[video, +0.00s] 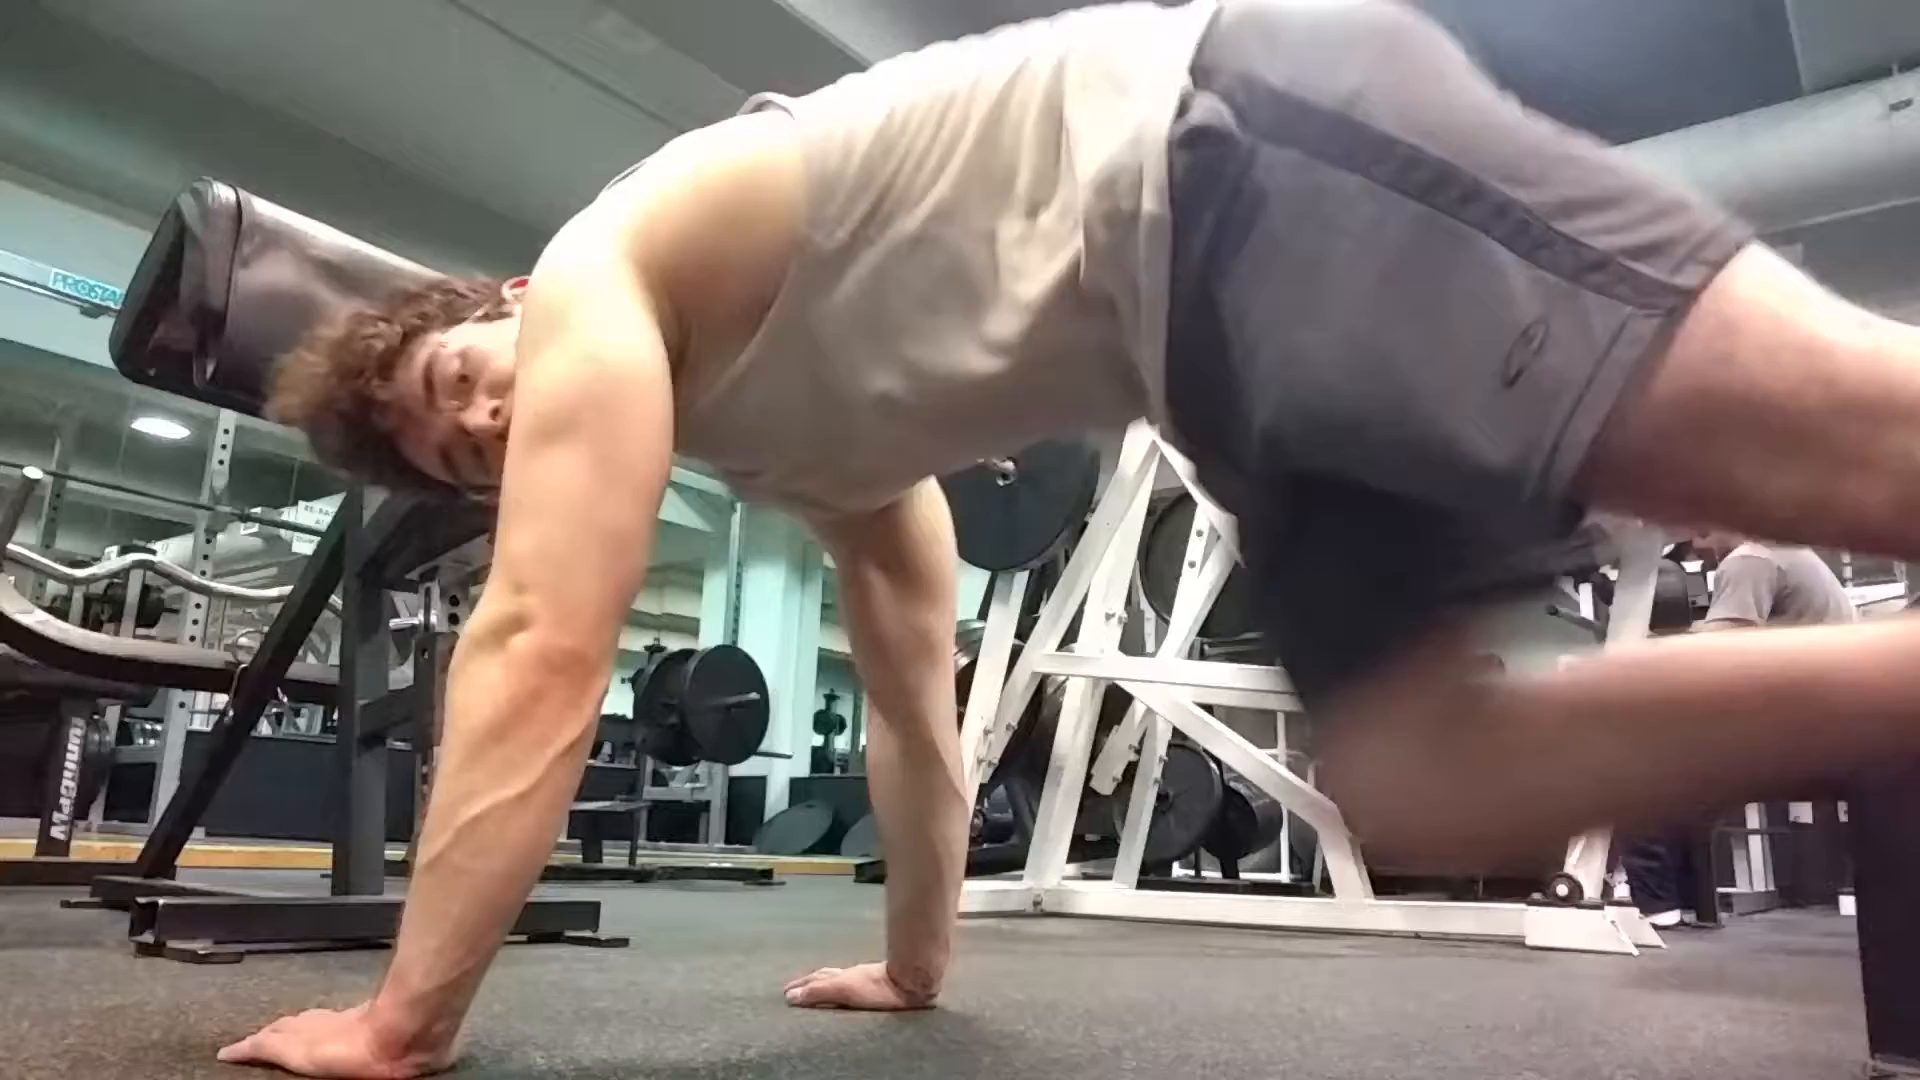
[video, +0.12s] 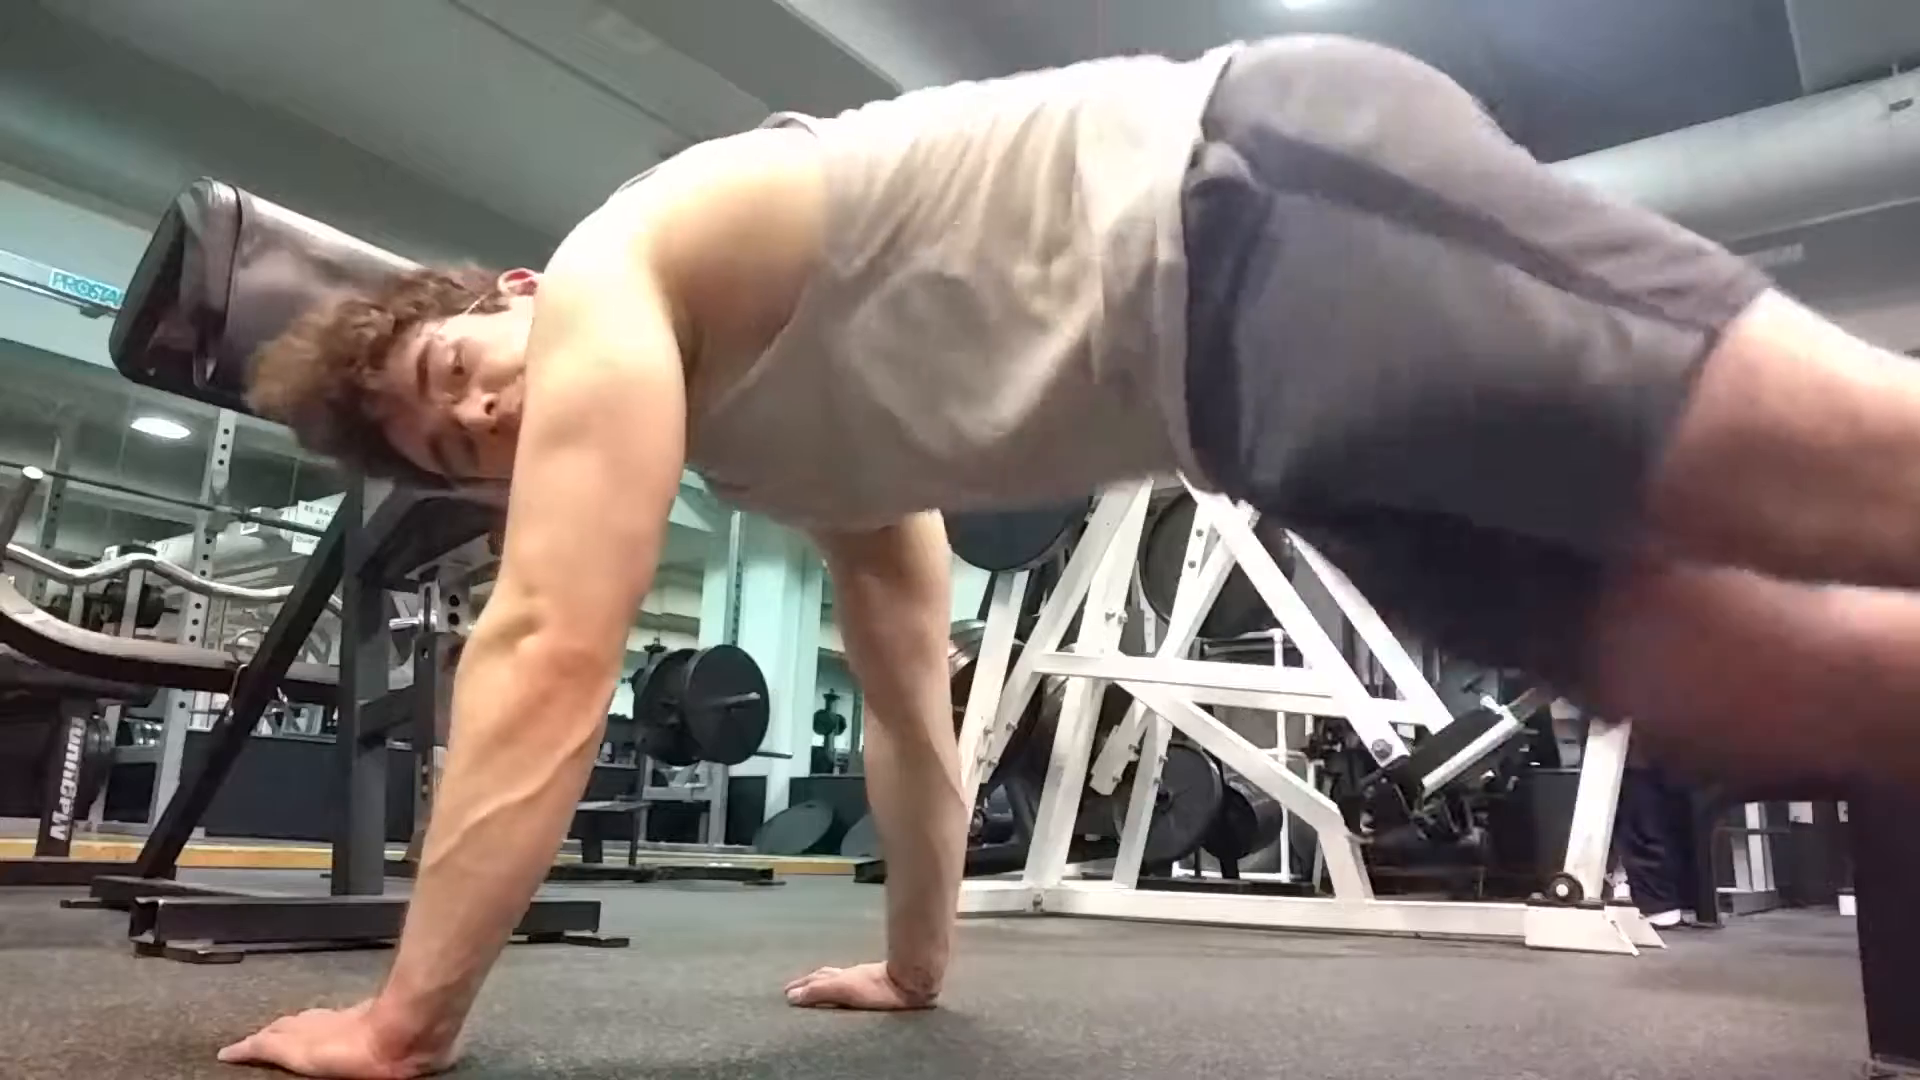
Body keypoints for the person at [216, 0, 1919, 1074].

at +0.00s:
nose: (453, 424)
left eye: (439, 375)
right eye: (421, 442)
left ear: (484, 304)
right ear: (448, 467)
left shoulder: (596, 279)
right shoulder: (810, 427)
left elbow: (539, 655)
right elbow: (908, 673)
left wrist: (407, 1008)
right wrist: (916, 965)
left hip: (1234, 155)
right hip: (1223, 366)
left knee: (1843, 435)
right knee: (1421, 794)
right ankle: (1914, 683)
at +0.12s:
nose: (450, 409)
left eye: (434, 361)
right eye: (417, 434)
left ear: (481, 292)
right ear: (445, 468)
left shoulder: (615, 277)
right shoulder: (800, 416)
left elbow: (541, 662)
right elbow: (901, 654)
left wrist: (406, 1006)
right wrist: (918, 965)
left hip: (1259, 217)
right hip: (1248, 407)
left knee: (1855, 462)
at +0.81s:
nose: (410, 438)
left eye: (387, 385)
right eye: (368, 456)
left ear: (436, 306)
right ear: (383, 474)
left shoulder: (587, 312)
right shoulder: (730, 425)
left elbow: (529, 656)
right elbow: (882, 678)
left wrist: (405, 1013)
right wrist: (920, 957)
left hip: (1157, 354)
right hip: (1174, 498)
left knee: (1798, 551)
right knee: (1783, 650)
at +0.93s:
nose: (396, 461)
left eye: (372, 409)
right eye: (356, 472)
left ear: (424, 315)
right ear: (370, 480)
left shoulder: (572, 318)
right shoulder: (708, 413)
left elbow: (524, 661)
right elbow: (876, 677)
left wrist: (406, 1015)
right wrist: (920, 955)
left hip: (1128, 370)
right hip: (1147, 498)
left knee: (1764, 558)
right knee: (1735, 616)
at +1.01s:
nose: (388, 458)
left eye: (366, 407)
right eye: (350, 475)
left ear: (420, 321)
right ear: (373, 489)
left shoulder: (552, 314)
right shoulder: (722, 431)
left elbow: (513, 655)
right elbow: (874, 696)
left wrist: (404, 1015)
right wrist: (919, 960)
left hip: (1101, 366)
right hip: (1116, 491)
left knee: (1711, 563)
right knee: (1689, 616)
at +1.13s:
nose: (381, 459)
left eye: (358, 408)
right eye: (344, 473)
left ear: (413, 315)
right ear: (367, 477)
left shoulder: (537, 314)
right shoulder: (724, 422)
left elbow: (508, 647)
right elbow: (869, 695)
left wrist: (403, 1014)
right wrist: (916, 955)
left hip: (1088, 356)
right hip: (1112, 477)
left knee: (1717, 563)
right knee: (1696, 610)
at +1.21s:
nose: (386, 463)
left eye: (359, 415)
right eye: (346, 474)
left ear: (410, 319)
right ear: (366, 472)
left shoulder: (537, 313)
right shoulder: (722, 412)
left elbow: (508, 638)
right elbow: (873, 689)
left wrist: (403, 1013)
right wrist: (917, 957)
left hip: (1098, 360)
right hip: (1111, 457)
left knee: (1728, 556)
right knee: (1706, 597)